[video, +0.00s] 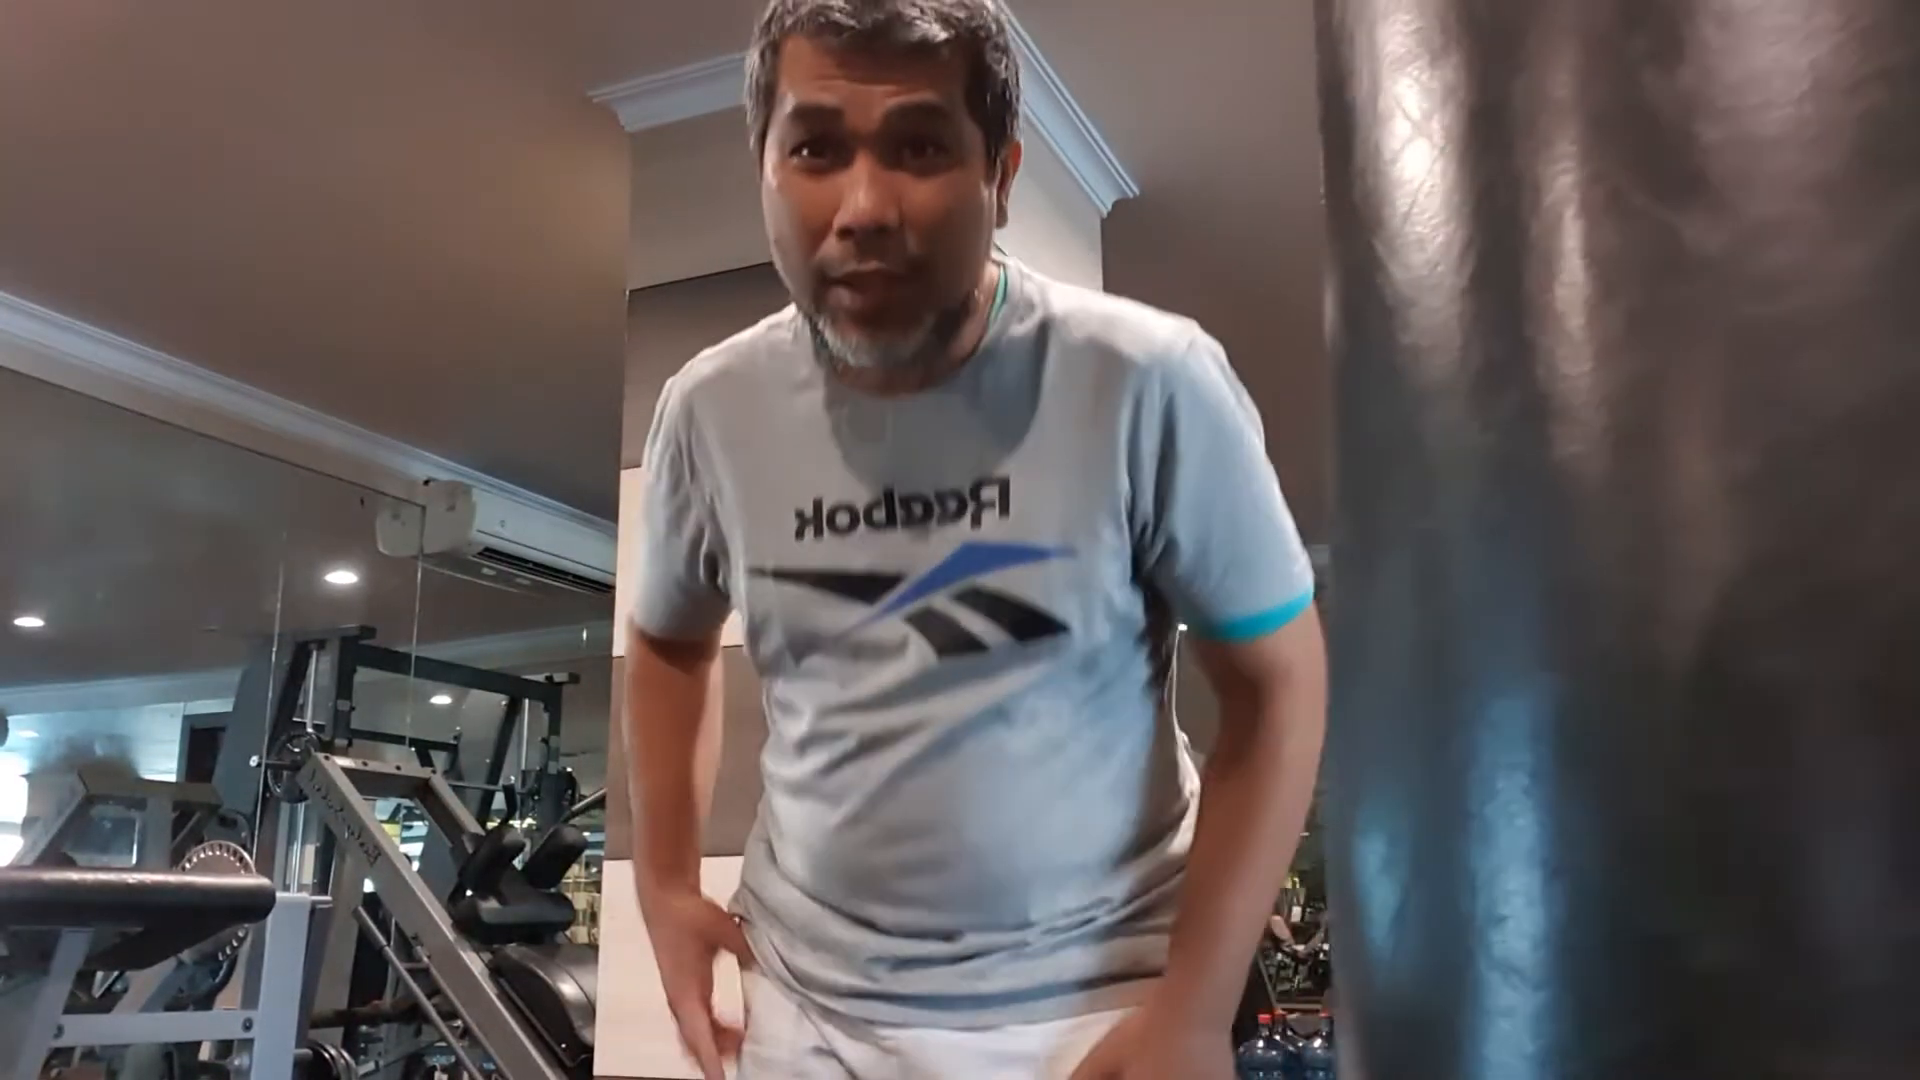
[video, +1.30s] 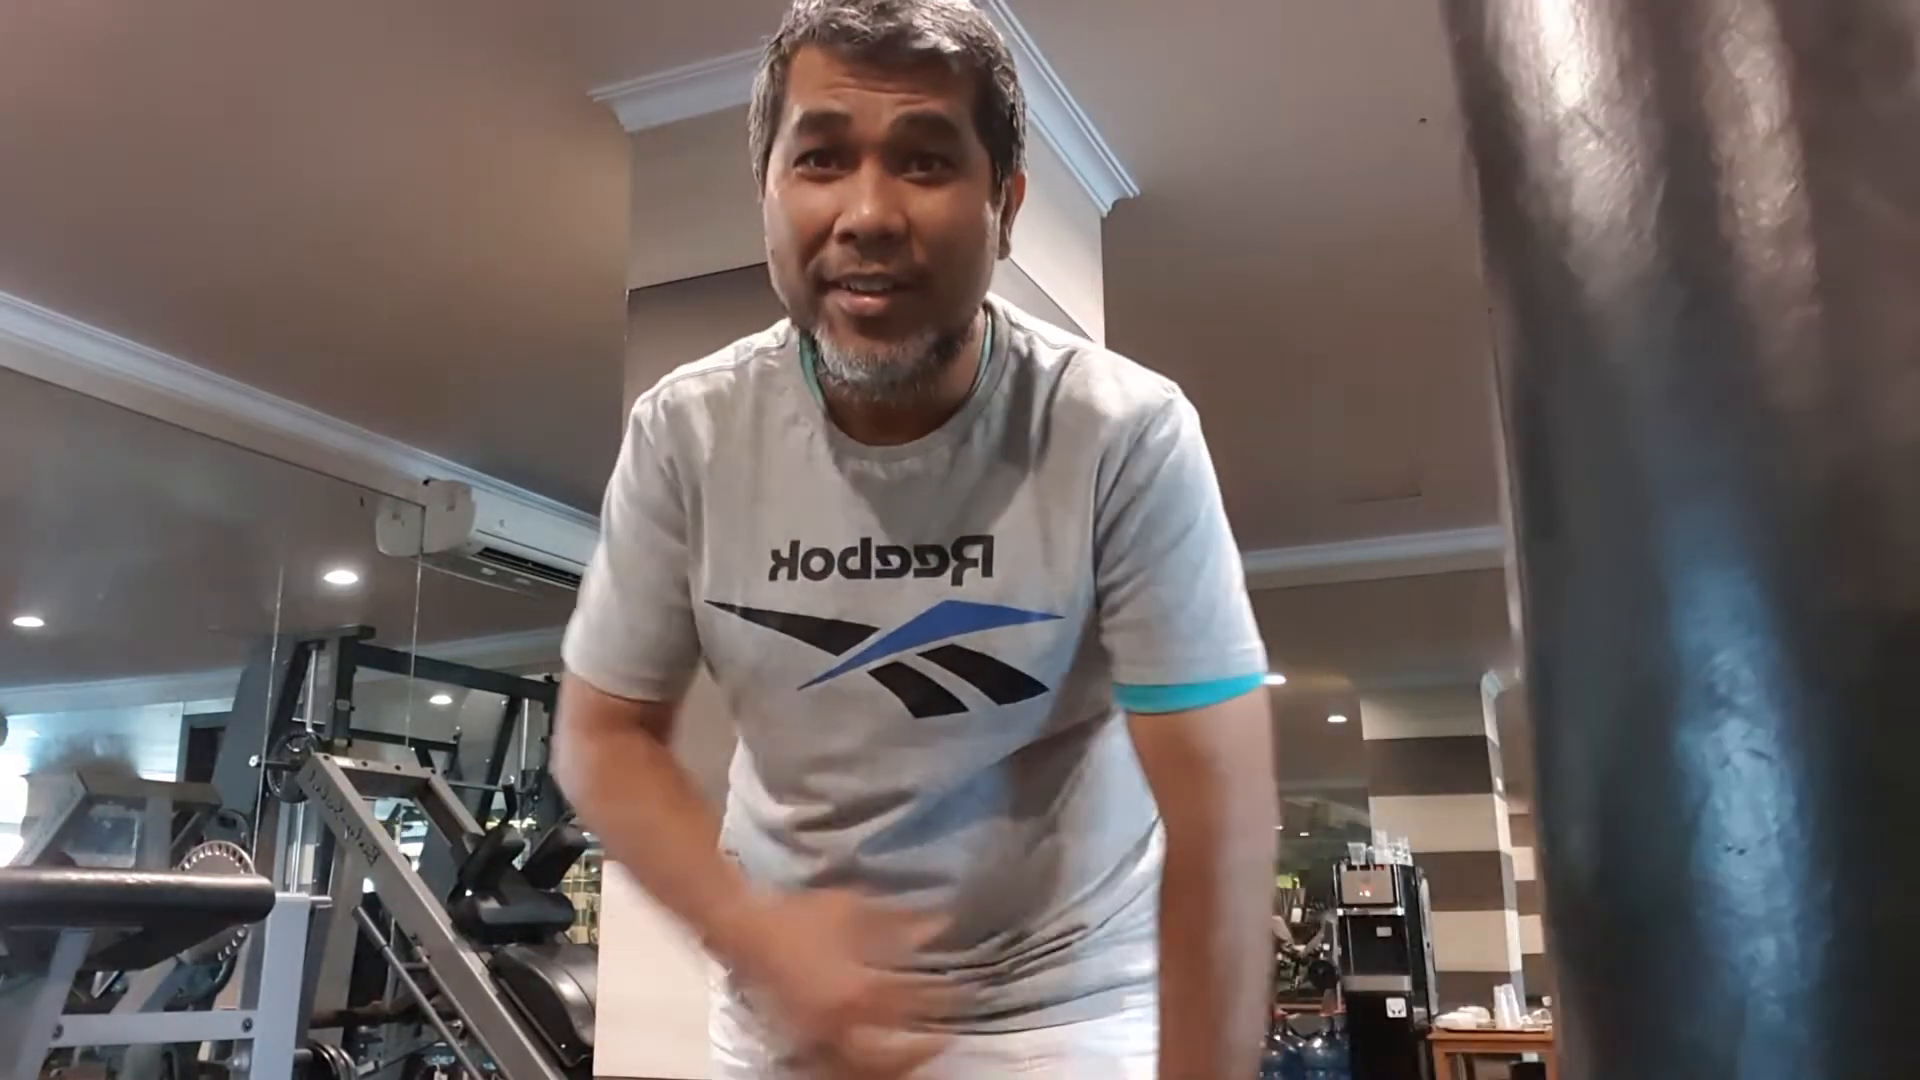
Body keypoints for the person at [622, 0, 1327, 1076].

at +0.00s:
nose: (864, 210)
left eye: (920, 152)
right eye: (818, 151)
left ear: (1002, 170)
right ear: (761, 167)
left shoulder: (1153, 382)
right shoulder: (710, 413)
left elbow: (1279, 683)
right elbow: (666, 644)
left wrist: (1195, 1008)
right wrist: (667, 887)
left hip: (1092, 1013)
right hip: (809, 1009)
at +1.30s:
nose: (869, 214)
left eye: (925, 162)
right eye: (821, 159)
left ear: (1005, 204)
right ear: (765, 197)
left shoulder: (1125, 439)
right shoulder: (686, 437)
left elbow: (1223, 815)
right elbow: (603, 733)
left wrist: (1204, 1067)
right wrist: (760, 936)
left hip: (1063, 1000)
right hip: (792, 991)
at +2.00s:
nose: (853, 203)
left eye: (913, 152)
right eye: (806, 145)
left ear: (991, 200)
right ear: (750, 180)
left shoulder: (1101, 438)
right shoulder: (676, 396)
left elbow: (1138, 828)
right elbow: (677, 743)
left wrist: (1106, 1069)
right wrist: (990, 678)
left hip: (1005, 1023)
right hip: (748, 1007)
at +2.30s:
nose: (842, 209)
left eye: (898, 158)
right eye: (796, 155)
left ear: (979, 201)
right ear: (737, 187)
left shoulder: (1090, 434)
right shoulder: (671, 403)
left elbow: (1218, 800)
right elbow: (676, 745)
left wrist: (1035, 1058)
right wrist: (960, 628)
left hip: (1048, 1025)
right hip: (763, 1019)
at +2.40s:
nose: (842, 214)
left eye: (900, 161)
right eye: (796, 159)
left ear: (980, 204)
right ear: (736, 190)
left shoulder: (1089, 431)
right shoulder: (671, 407)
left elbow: (1235, 792)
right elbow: (675, 746)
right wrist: (965, 635)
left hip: (1053, 1017)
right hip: (767, 1017)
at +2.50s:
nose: (842, 212)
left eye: (895, 159)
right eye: (794, 160)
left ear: (971, 198)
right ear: (730, 201)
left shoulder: (1086, 428)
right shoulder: (672, 414)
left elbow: (1221, 782)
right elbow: (670, 741)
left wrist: (904, 811)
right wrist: (953, 649)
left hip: (1056, 1017)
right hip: (772, 1012)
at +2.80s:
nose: (777, 207)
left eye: (827, 153)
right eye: (724, 164)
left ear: (913, 194)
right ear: (674, 212)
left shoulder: (1055, 426)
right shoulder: (642, 437)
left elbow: (1203, 799)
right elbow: (666, 788)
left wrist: (1019, 1068)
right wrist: (931, 671)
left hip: (1055, 1017)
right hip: (770, 1023)